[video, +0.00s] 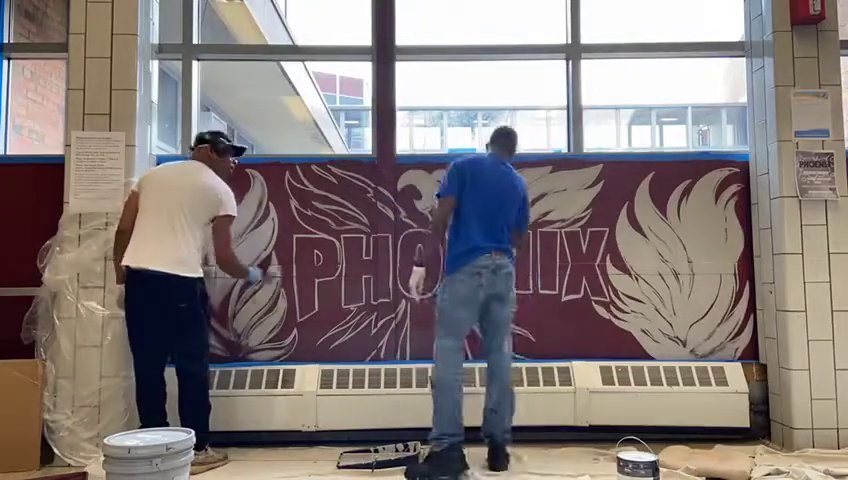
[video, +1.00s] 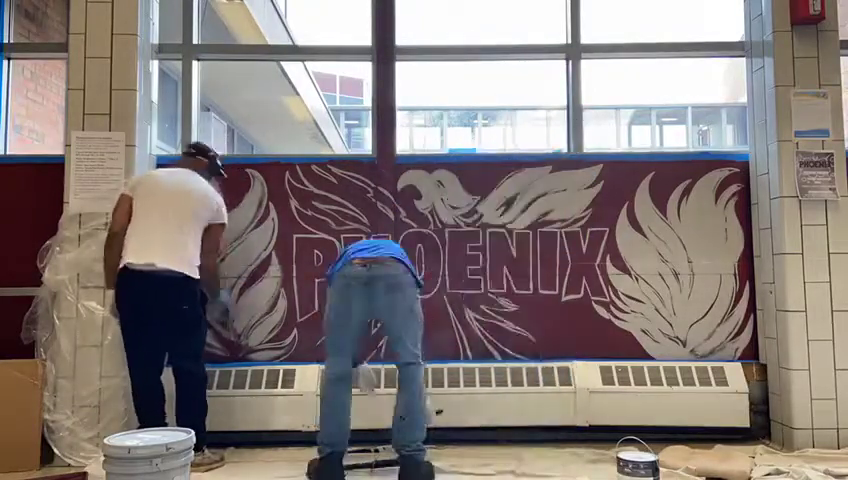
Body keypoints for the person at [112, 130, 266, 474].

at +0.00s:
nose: (234, 165)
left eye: (235, 158)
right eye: (229, 157)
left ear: (199, 151)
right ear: (206, 152)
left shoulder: (152, 175)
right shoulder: (218, 188)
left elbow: (125, 228)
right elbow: (223, 255)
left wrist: (121, 269)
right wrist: (248, 274)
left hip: (138, 280)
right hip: (181, 283)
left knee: (148, 370)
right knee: (192, 369)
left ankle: (155, 450)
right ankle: (196, 450)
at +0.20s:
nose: (225, 177)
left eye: (227, 171)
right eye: (227, 171)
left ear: (198, 155)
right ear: (218, 161)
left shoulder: (152, 175)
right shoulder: (216, 192)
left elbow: (119, 226)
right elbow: (219, 259)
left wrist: (113, 264)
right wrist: (238, 281)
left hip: (134, 282)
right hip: (176, 286)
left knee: (144, 370)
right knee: (189, 368)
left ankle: (154, 450)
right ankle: (196, 448)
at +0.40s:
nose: (225, 179)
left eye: (227, 173)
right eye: (226, 172)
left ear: (197, 157)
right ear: (216, 163)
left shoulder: (150, 178)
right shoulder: (217, 194)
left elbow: (120, 231)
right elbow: (226, 261)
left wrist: (115, 278)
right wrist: (249, 281)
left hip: (136, 283)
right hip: (180, 286)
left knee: (145, 371)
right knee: (190, 369)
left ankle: (153, 449)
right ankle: (193, 449)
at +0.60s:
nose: (211, 153)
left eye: (210, 148)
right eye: (210, 147)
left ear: (177, 145)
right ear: (205, 146)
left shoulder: (147, 175)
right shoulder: (218, 176)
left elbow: (129, 236)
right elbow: (241, 237)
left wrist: (125, 289)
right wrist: (262, 245)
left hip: (153, 283)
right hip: (198, 283)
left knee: (157, 369)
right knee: (199, 367)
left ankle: (155, 449)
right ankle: (194, 449)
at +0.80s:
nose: (227, 188)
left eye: (230, 182)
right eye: (229, 182)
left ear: (203, 163)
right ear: (222, 172)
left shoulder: (155, 176)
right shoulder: (219, 203)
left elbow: (119, 223)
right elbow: (214, 269)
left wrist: (113, 275)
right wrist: (216, 305)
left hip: (135, 283)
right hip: (182, 290)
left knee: (145, 372)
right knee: (190, 369)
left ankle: (155, 450)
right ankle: (194, 450)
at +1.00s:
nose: (215, 181)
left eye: (216, 176)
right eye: (215, 176)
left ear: (182, 160)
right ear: (208, 167)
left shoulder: (140, 179)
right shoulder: (212, 197)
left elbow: (116, 231)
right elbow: (209, 261)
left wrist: (112, 283)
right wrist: (214, 297)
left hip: (134, 286)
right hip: (181, 290)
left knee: (144, 373)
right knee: (189, 370)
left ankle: (153, 450)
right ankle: (193, 449)